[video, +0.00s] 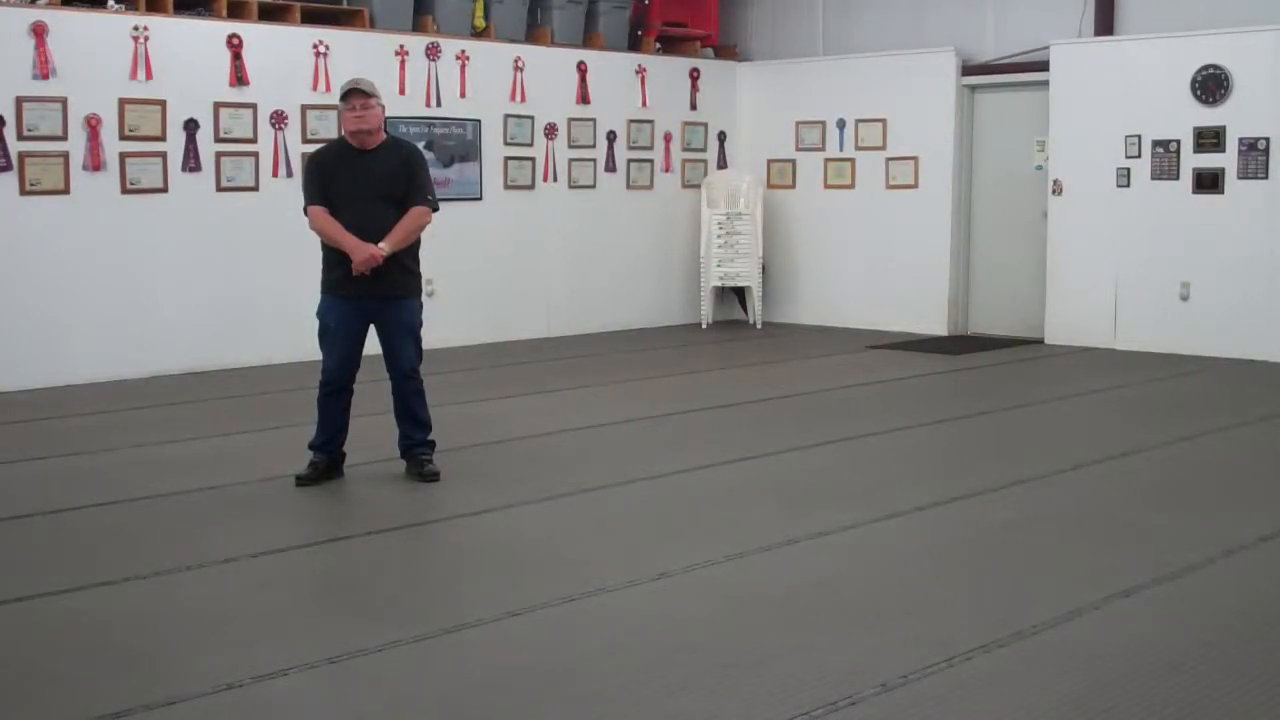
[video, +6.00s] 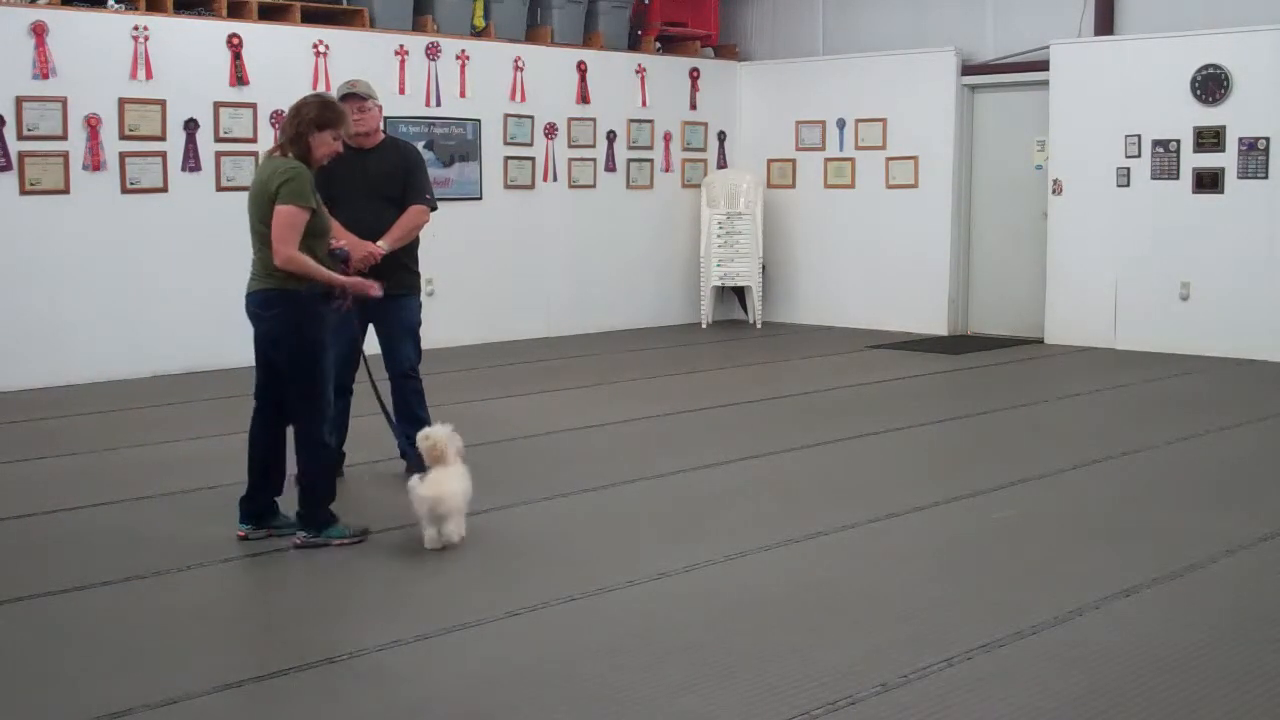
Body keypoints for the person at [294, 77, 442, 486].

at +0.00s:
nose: (359, 114)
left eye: (367, 106)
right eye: (351, 108)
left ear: (382, 111)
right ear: (340, 117)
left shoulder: (407, 155)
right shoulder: (321, 161)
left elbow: (422, 212)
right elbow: (316, 216)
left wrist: (380, 250)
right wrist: (355, 248)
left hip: (398, 287)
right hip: (343, 288)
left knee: (407, 373)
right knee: (335, 376)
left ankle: (419, 452)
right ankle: (326, 455)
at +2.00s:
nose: (359, 114)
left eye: (366, 107)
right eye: (351, 109)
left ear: (382, 111)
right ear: (341, 117)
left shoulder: (407, 155)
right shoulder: (323, 161)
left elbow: (422, 213)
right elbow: (317, 215)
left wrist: (379, 250)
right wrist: (355, 246)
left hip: (398, 287)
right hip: (342, 288)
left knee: (406, 373)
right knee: (335, 375)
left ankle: (419, 452)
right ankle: (327, 455)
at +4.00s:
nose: (357, 117)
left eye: (364, 109)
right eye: (350, 111)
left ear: (381, 113)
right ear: (339, 118)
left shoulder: (406, 155)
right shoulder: (321, 161)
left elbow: (421, 212)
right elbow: (316, 215)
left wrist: (378, 250)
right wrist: (355, 246)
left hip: (397, 289)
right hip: (342, 290)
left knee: (407, 373)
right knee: (335, 378)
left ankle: (418, 451)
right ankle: (327, 461)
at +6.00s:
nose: (361, 116)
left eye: (366, 109)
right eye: (353, 111)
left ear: (380, 112)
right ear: (341, 118)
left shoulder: (405, 154)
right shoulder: (327, 160)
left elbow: (421, 210)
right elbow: (313, 212)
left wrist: (375, 250)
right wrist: (351, 244)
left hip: (397, 285)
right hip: (342, 286)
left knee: (406, 372)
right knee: (336, 377)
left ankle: (415, 454)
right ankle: (329, 458)